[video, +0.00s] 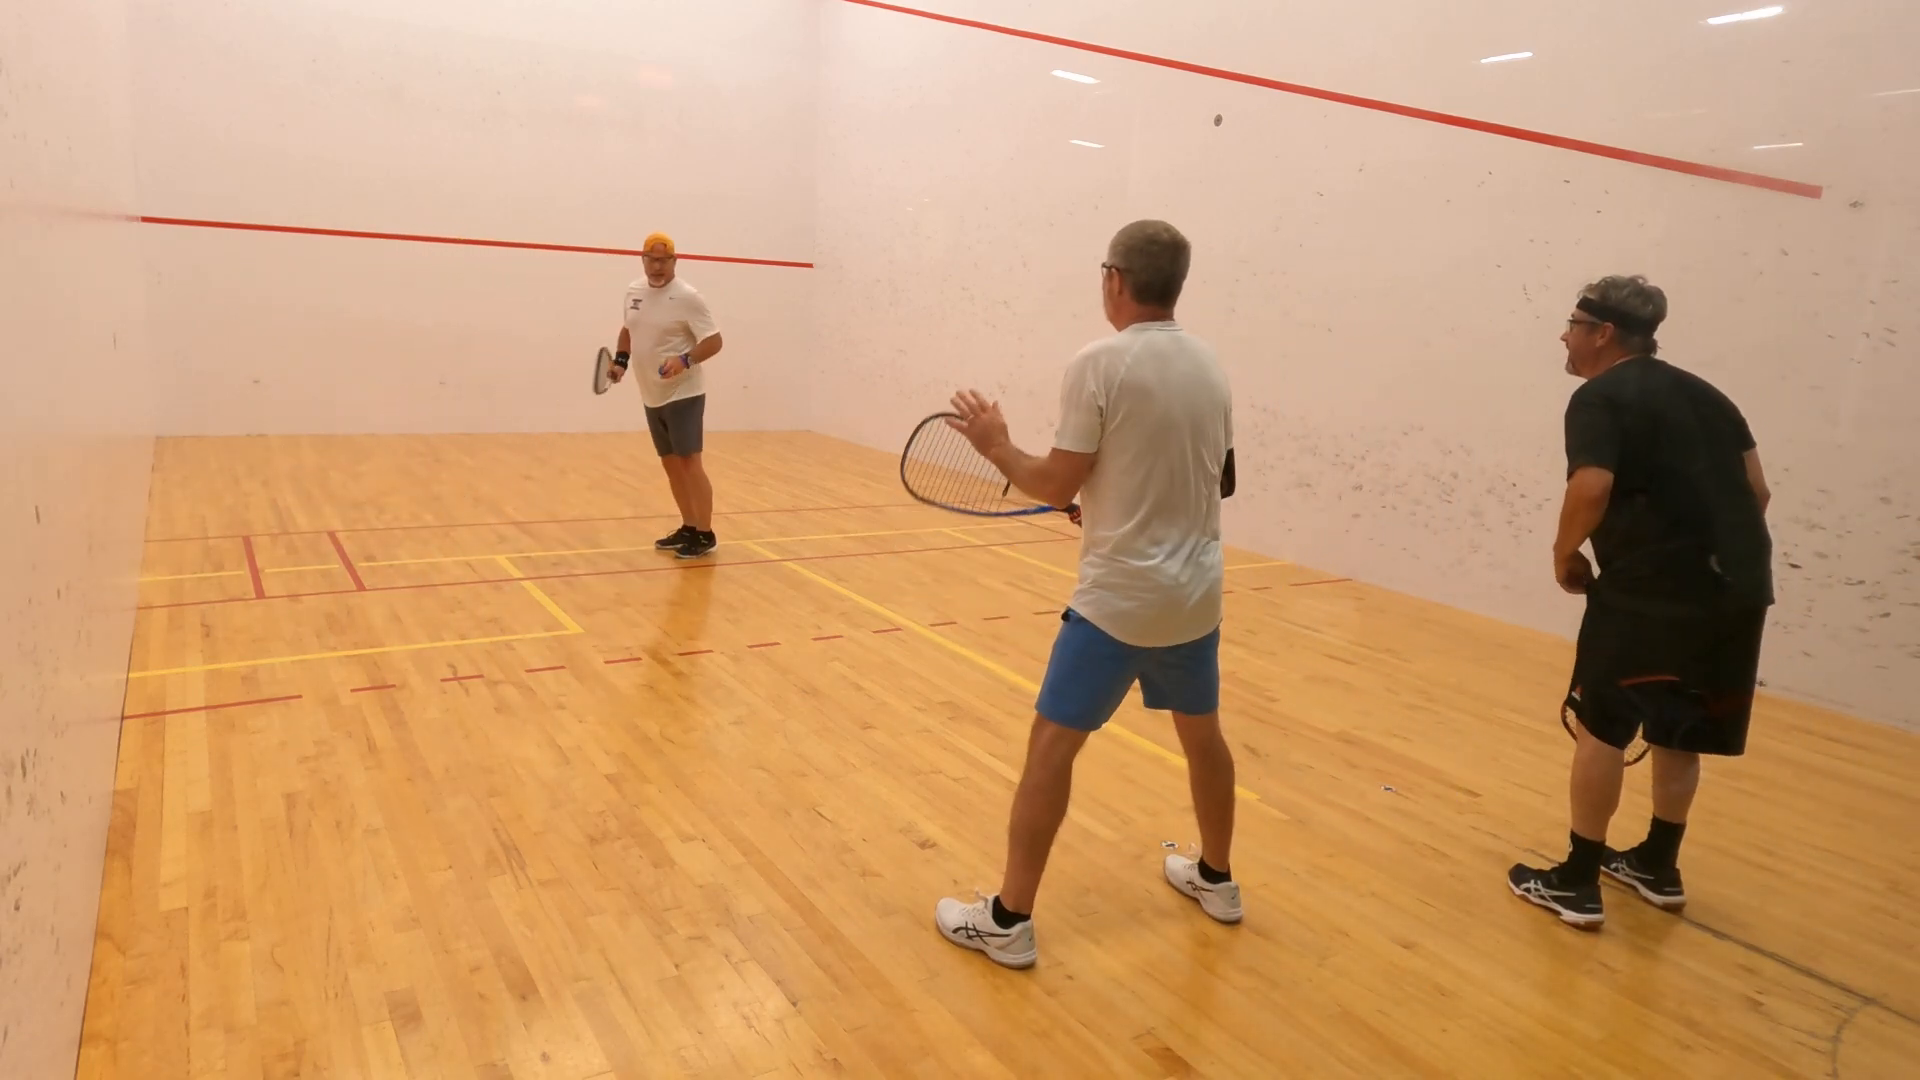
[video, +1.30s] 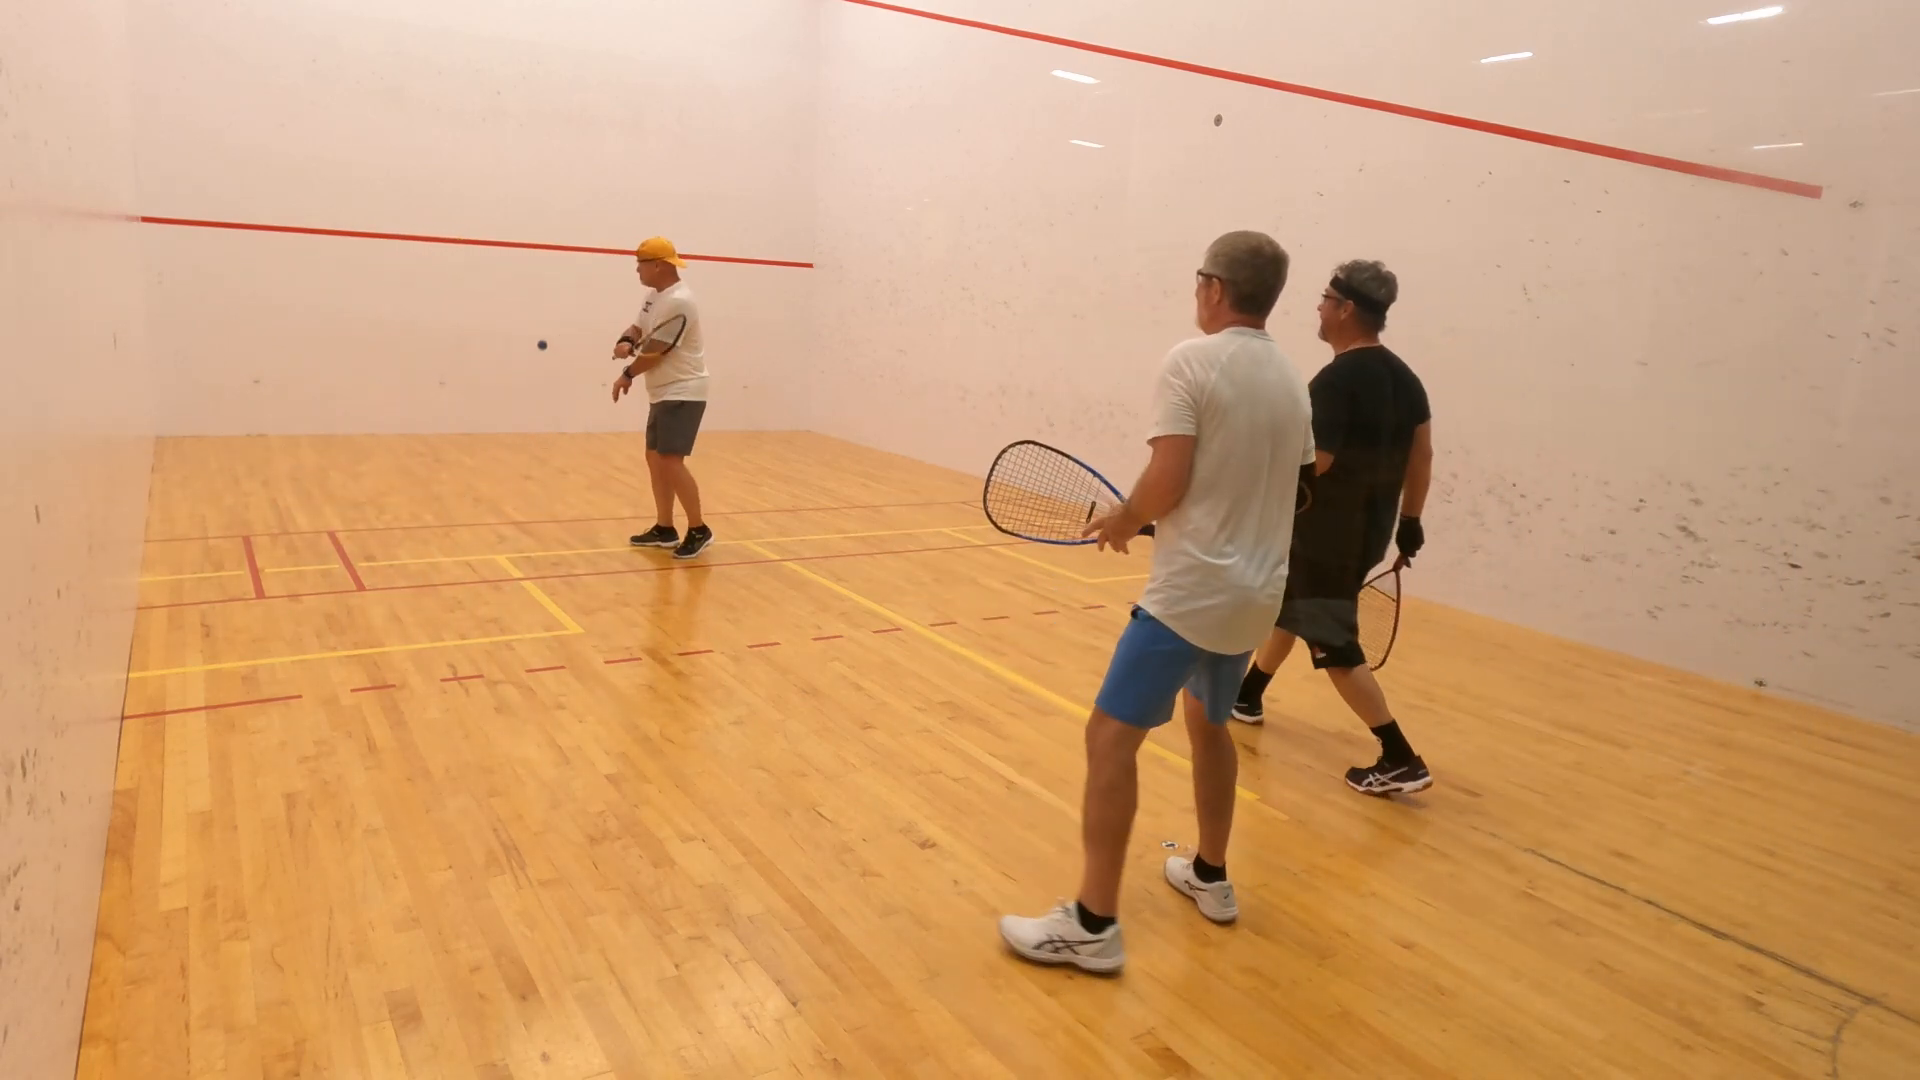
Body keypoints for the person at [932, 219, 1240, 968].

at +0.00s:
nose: (1101, 286)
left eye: (1104, 276)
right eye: (1106, 274)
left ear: (1116, 282)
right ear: (1176, 287)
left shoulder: (1101, 363)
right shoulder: (1205, 364)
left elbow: (1056, 482)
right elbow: (1216, 481)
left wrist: (996, 445)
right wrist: (1101, 503)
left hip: (1115, 598)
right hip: (1196, 595)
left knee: (1052, 746)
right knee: (1203, 731)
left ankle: (1009, 917)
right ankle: (1217, 876)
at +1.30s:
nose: (1195, 293)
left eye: (1199, 282)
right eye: (1201, 281)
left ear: (1215, 290)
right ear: (1268, 300)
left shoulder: (1193, 362)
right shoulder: (1287, 376)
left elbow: (1167, 483)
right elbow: (1294, 478)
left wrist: (1123, 521)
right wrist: (1158, 511)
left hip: (1189, 593)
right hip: (1257, 594)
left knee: (1110, 735)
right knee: (1208, 718)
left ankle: (1094, 921)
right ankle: (1210, 876)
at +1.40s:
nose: (1216, 289)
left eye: (1221, 279)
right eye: (1220, 277)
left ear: (1235, 286)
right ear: (1294, 294)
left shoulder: (1216, 358)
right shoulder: (1309, 368)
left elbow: (1187, 480)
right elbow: (1296, 481)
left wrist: (1143, 514)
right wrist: (1172, 517)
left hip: (1207, 591)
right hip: (1273, 591)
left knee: (1138, 741)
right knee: (1215, 723)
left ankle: (1182, 933)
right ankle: (1210, 874)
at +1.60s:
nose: (1263, 296)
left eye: (1269, 286)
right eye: (1269, 284)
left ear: (1286, 298)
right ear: (1338, 308)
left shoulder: (1260, 381)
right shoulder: (1347, 386)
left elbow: (1217, 508)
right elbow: (1345, 509)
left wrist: (1158, 556)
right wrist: (1235, 489)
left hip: (1243, 621)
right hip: (1299, 615)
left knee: (1213, 786)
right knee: (1226, 735)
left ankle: (1334, 965)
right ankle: (1212, 874)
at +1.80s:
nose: (1308, 294)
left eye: (1314, 285)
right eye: (1314, 282)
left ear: (1329, 299)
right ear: (1392, 310)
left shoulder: (1305, 388)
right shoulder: (1408, 399)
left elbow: (1275, 527)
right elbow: (1415, 528)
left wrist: (1208, 620)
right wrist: (1333, 594)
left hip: (1302, 627)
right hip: (1367, 629)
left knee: (1316, 837)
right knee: (1277, 753)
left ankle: (1382, 1030)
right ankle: (1221, 875)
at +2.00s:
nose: (1356, 278)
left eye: (1362, 268)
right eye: (1363, 265)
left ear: (1382, 286)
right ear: (1444, 295)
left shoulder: (1361, 389)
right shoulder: (1479, 389)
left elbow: (1350, 539)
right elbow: (1507, 523)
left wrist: (1299, 679)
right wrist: (1436, 601)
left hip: (1364, 657)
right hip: (1432, 653)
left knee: (1346, 843)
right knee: (1344, 790)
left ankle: (1381, 1034)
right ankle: (1339, 944)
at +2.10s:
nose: (1385, 276)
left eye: (1393, 264)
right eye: (1393, 262)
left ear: (1417, 283)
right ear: (1475, 293)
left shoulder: (1401, 388)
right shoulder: (1512, 388)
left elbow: (1397, 545)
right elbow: (1540, 525)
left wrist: (1346, 687)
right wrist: (1460, 599)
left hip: (1398, 673)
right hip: (1467, 668)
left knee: (1353, 837)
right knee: (1400, 812)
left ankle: (1378, 1031)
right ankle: (1442, 1000)